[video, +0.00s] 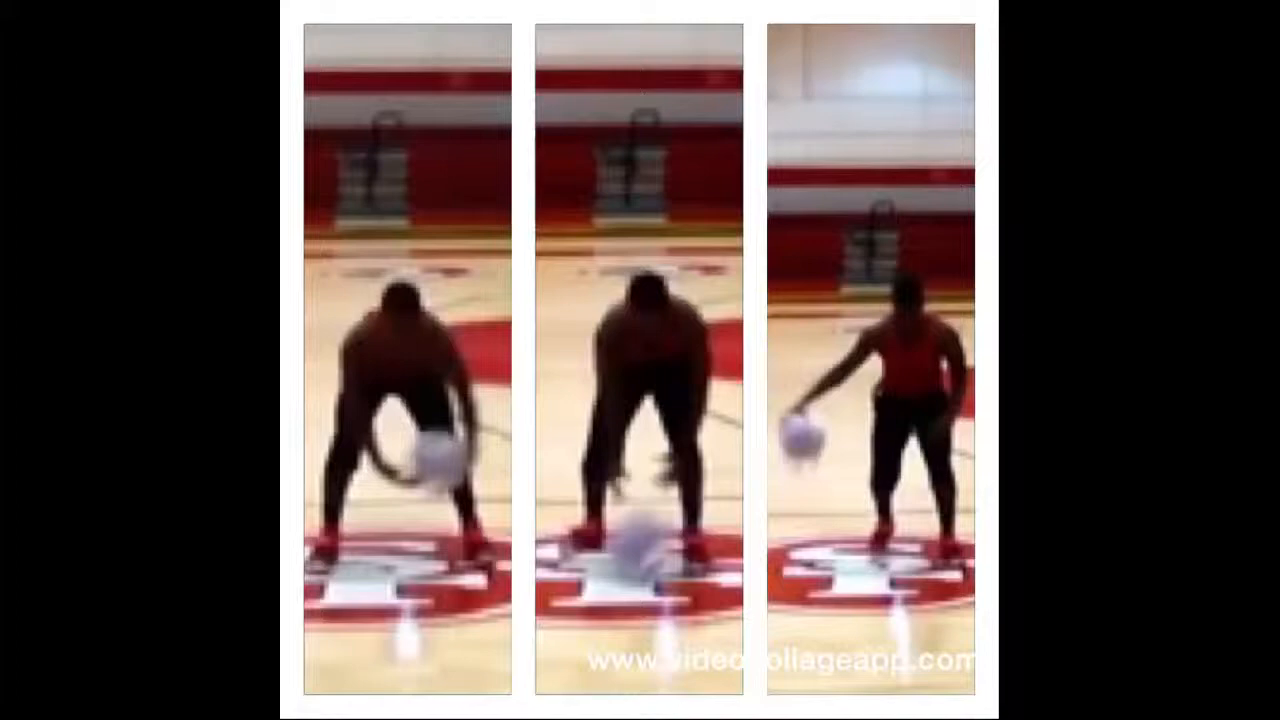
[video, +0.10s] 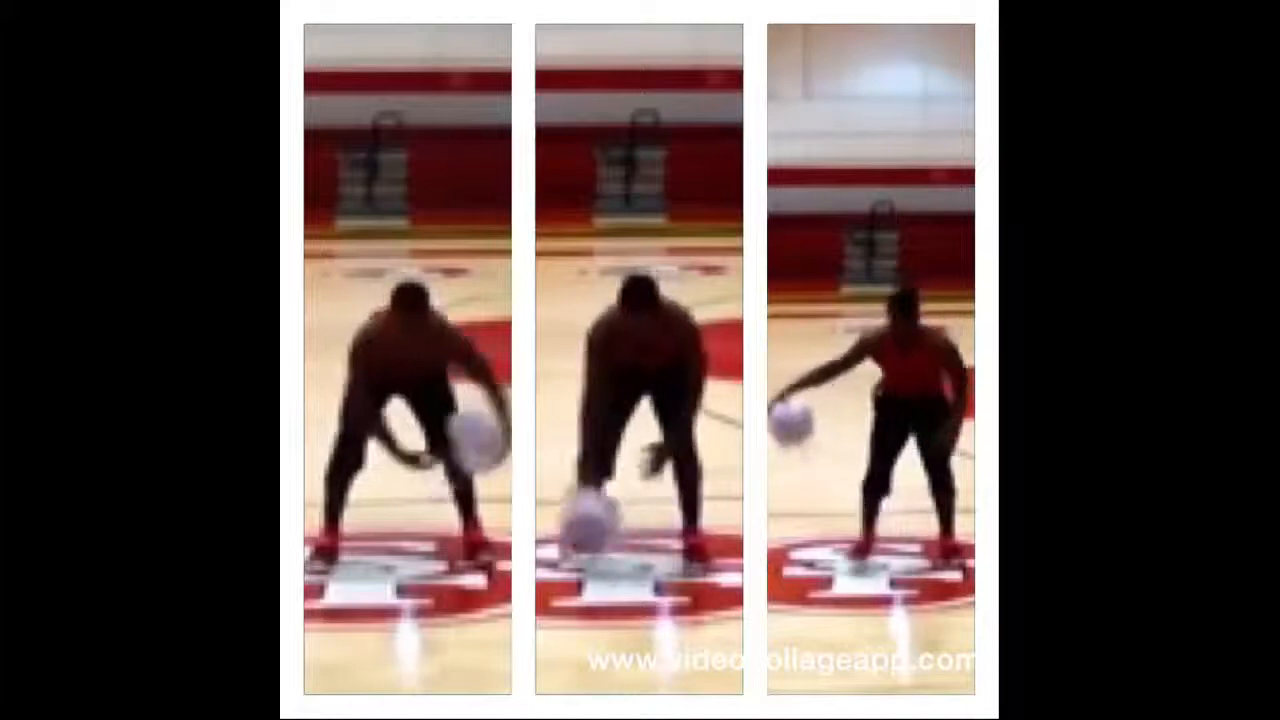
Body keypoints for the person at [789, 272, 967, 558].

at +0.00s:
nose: (905, 319)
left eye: (911, 311)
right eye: (900, 311)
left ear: (921, 306)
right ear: (893, 307)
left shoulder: (940, 334)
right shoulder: (879, 335)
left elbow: (959, 373)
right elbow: (843, 370)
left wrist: (952, 410)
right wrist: (804, 402)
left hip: (930, 401)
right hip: (892, 402)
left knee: (941, 473)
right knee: (882, 473)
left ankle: (947, 535)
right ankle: (884, 523)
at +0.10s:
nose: (900, 327)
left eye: (906, 320)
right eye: (896, 320)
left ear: (916, 318)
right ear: (889, 317)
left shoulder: (935, 341)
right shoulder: (876, 341)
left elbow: (960, 378)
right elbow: (836, 368)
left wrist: (955, 423)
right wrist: (787, 392)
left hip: (931, 405)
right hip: (892, 405)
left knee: (939, 472)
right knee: (877, 474)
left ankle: (947, 538)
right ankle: (867, 537)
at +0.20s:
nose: (891, 340)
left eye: (896, 333)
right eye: (886, 333)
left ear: (908, 331)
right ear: (880, 332)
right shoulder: (868, 354)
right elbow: (825, 376)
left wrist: (958, 454)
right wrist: (781, 397)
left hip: (926, 417)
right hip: (889, 415)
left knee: (937, 484)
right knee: (870, 480)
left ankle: (947, 542)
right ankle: (842, 547)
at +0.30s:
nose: (885, 355)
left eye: (891, 348)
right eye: (880, 348)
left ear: (901, 345)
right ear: (873, 345)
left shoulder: (921, 370)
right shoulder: (859, 369)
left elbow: (944, 416)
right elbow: (834, 402)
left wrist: (950, 463)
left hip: (917, 428)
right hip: (878, 427)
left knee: (934, 493)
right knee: (860, 491)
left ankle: (949, 542)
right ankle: (835, 556)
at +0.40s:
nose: (889, 366)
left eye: (895, 359)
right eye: (884, 359)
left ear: (902, 357)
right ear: (875, 357)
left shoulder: (918, 382)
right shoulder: (855, 385)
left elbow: (931, 422)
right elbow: (845, 429)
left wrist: (928, 459)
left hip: (905, 438)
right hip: (867, 440)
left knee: (931, 494)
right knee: (854, 500)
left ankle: (951, 543)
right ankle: (835, 556)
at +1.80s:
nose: (894, 396)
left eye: (901, 389)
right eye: (889, 388)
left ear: (911, 386)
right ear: (881, 386)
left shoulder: (931, 410)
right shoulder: (864, 411)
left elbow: (945, 440)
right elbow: (852, 442)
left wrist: (934, 467)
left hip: (918, 454)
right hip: (877, 454)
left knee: (940, 503)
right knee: (859, 507)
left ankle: (959, 557)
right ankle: (835, 561)